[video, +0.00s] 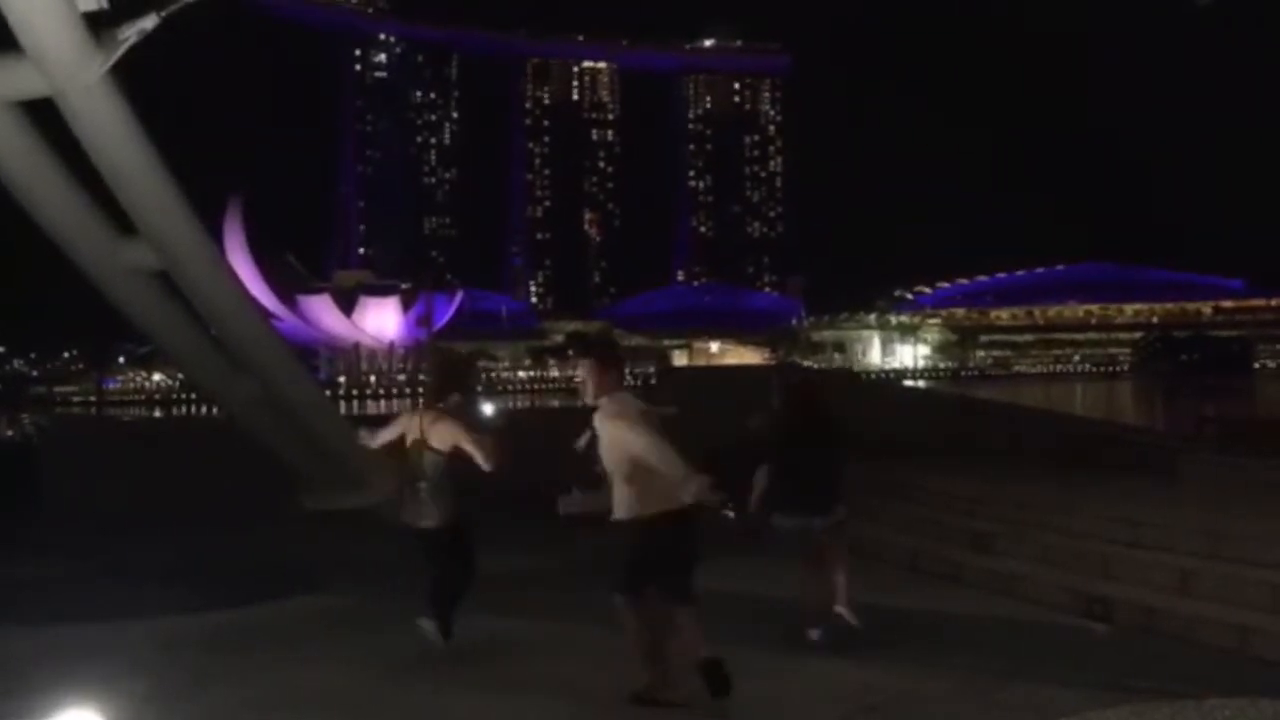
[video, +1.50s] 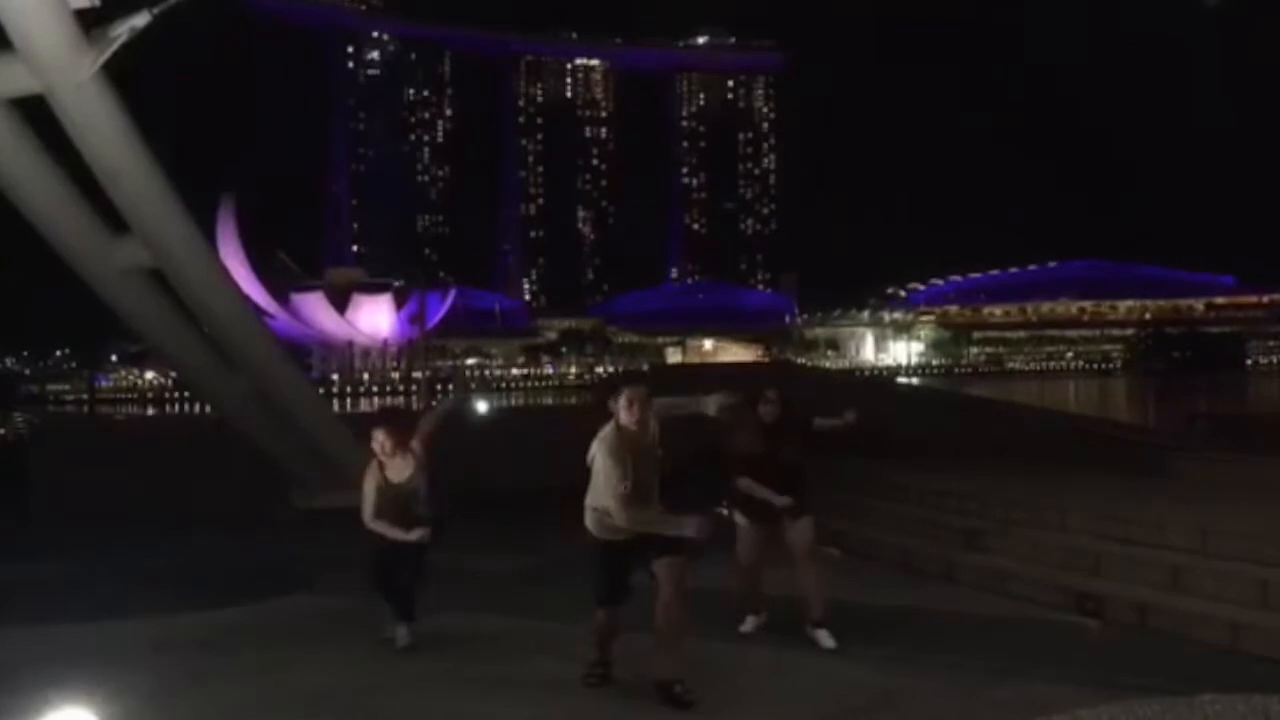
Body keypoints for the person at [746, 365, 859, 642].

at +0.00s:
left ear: (783, 401)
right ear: (818, 400)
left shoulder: (779, 427)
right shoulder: (829, 428)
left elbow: (765, 470)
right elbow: (840, 470)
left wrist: (753, 504)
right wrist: (841, 503)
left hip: (788, 509)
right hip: (824, 508)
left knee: (806, 565)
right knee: (835, 552)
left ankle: (813, 623)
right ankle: (840, 604)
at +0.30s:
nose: (774, 401)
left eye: (780, 394)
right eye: (773, 394)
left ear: (794, 397)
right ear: (770, 395)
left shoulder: (809, 427)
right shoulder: (775, 427)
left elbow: (828, 467)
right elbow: (764, 464)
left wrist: (804, 497)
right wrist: (752, 490)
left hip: (814, 505)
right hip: (788, 502)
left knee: (811, 560)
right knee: (798, 559)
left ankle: (822, 613)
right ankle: (811, 609)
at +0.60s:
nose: (779, 420)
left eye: (784, 414)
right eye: (774, 414)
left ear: (793, 418)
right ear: (766, 419)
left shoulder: (804, 446)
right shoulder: (759, 448)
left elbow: (812, 494)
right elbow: (756, 494)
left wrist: (785, 531)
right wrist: (769, 531)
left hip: (807, 512)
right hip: (769, 512)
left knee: (814, 562)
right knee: (762, 563)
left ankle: (811, 619)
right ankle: (766, 623)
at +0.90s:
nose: (770, 420)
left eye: (776, 416)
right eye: (768, 415)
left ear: (787, 420)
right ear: (764, 418)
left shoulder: (799, 448)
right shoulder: (753, 439)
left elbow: (823, 477)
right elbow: (729, 426)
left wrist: (795, 503)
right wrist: (702, 419)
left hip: (795, 513)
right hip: (758, 509)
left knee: (800, 560)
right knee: (756, 560)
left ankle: (802, 617)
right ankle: (758, 616)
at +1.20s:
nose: (764, 417)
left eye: (770, 411)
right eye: (761, 411)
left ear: (781, 415)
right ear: (756, 414)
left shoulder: (791, 444)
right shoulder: (747, 443)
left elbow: (822, 464)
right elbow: (732, 483)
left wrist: (825, 496)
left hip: (780, 511)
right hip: (746, 510)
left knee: (772, 564)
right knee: (743, 563)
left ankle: (799, 613)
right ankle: (758, 615)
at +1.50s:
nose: (768, 409)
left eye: (773, 404)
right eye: (764, 404)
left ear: (781, 407)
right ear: (756, 406)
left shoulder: (792, 426)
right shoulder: (746, 433)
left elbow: (817, 424)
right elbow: (739, 479)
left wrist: (843, 423)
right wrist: (774, 498)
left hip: (792, 502)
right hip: (752, 504)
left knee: (806, 561)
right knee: (747, 562)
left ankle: (816, 622)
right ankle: (754, 612)